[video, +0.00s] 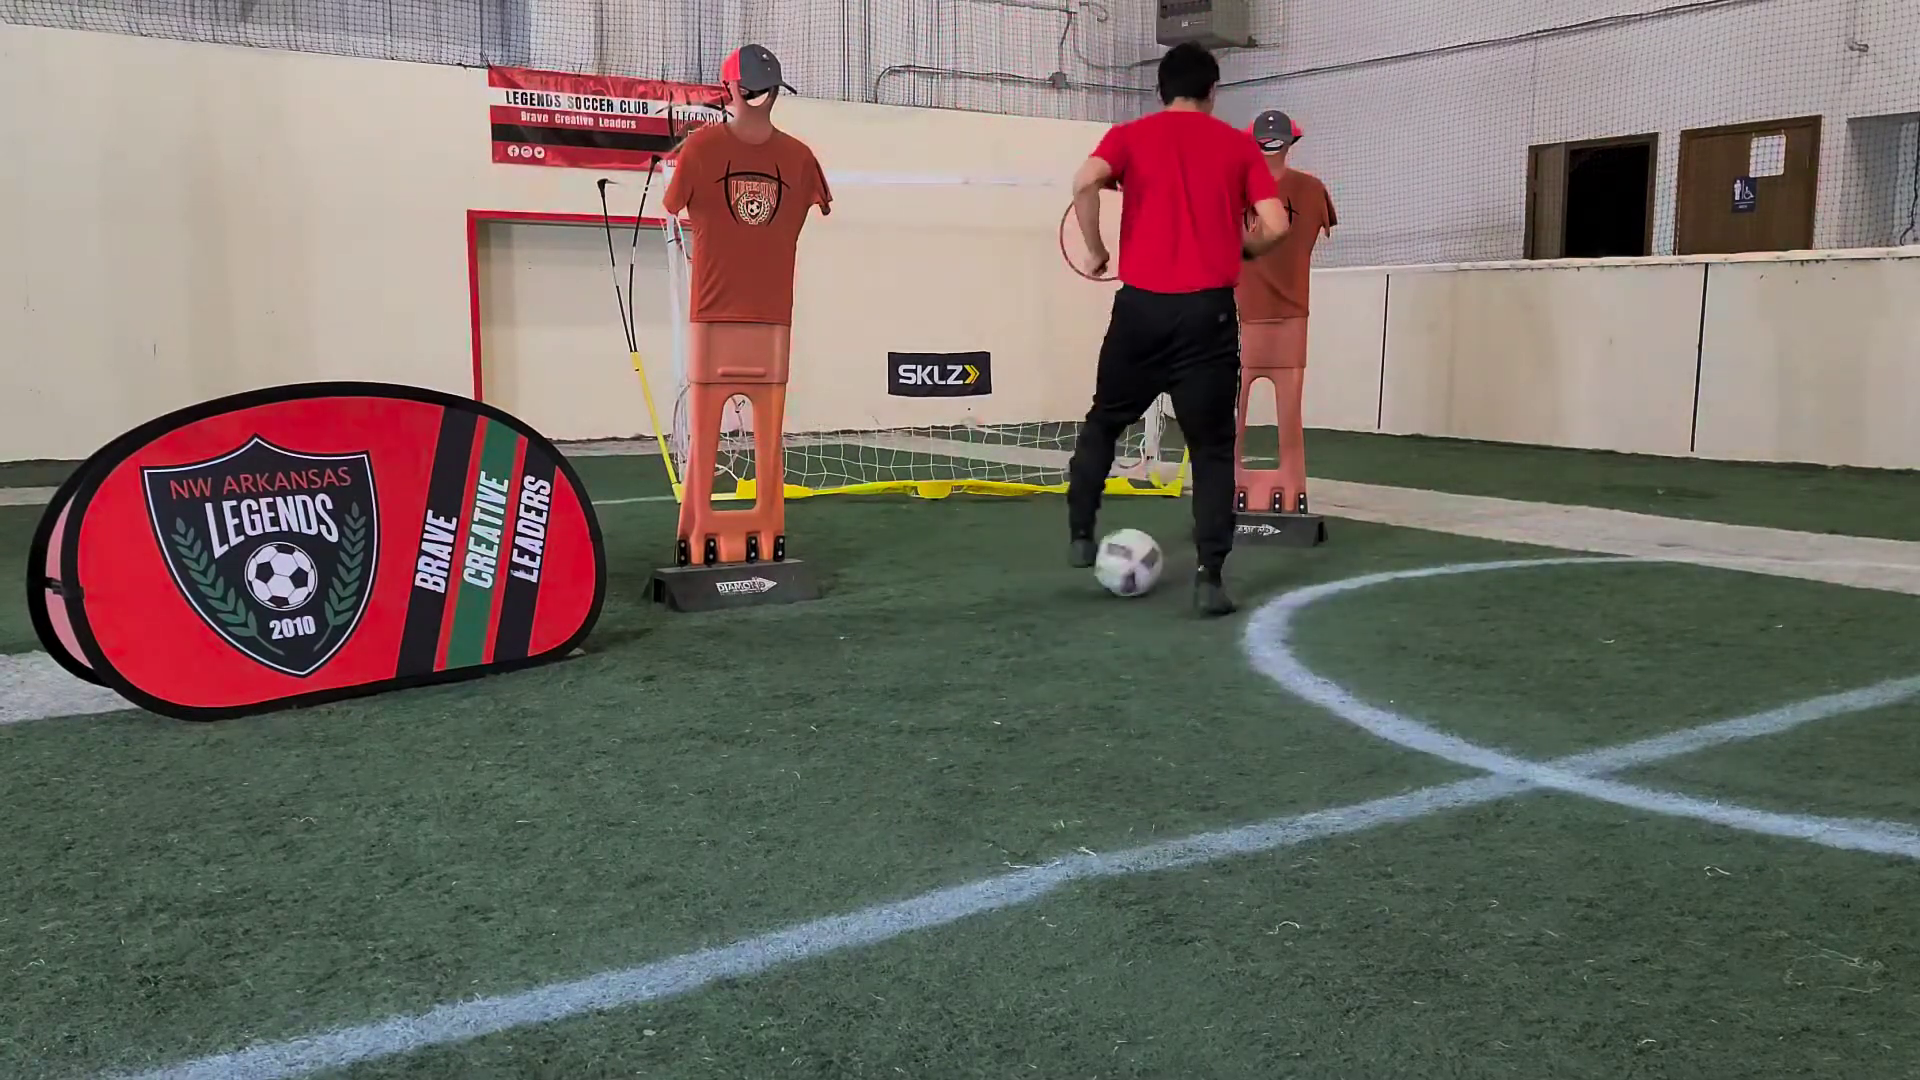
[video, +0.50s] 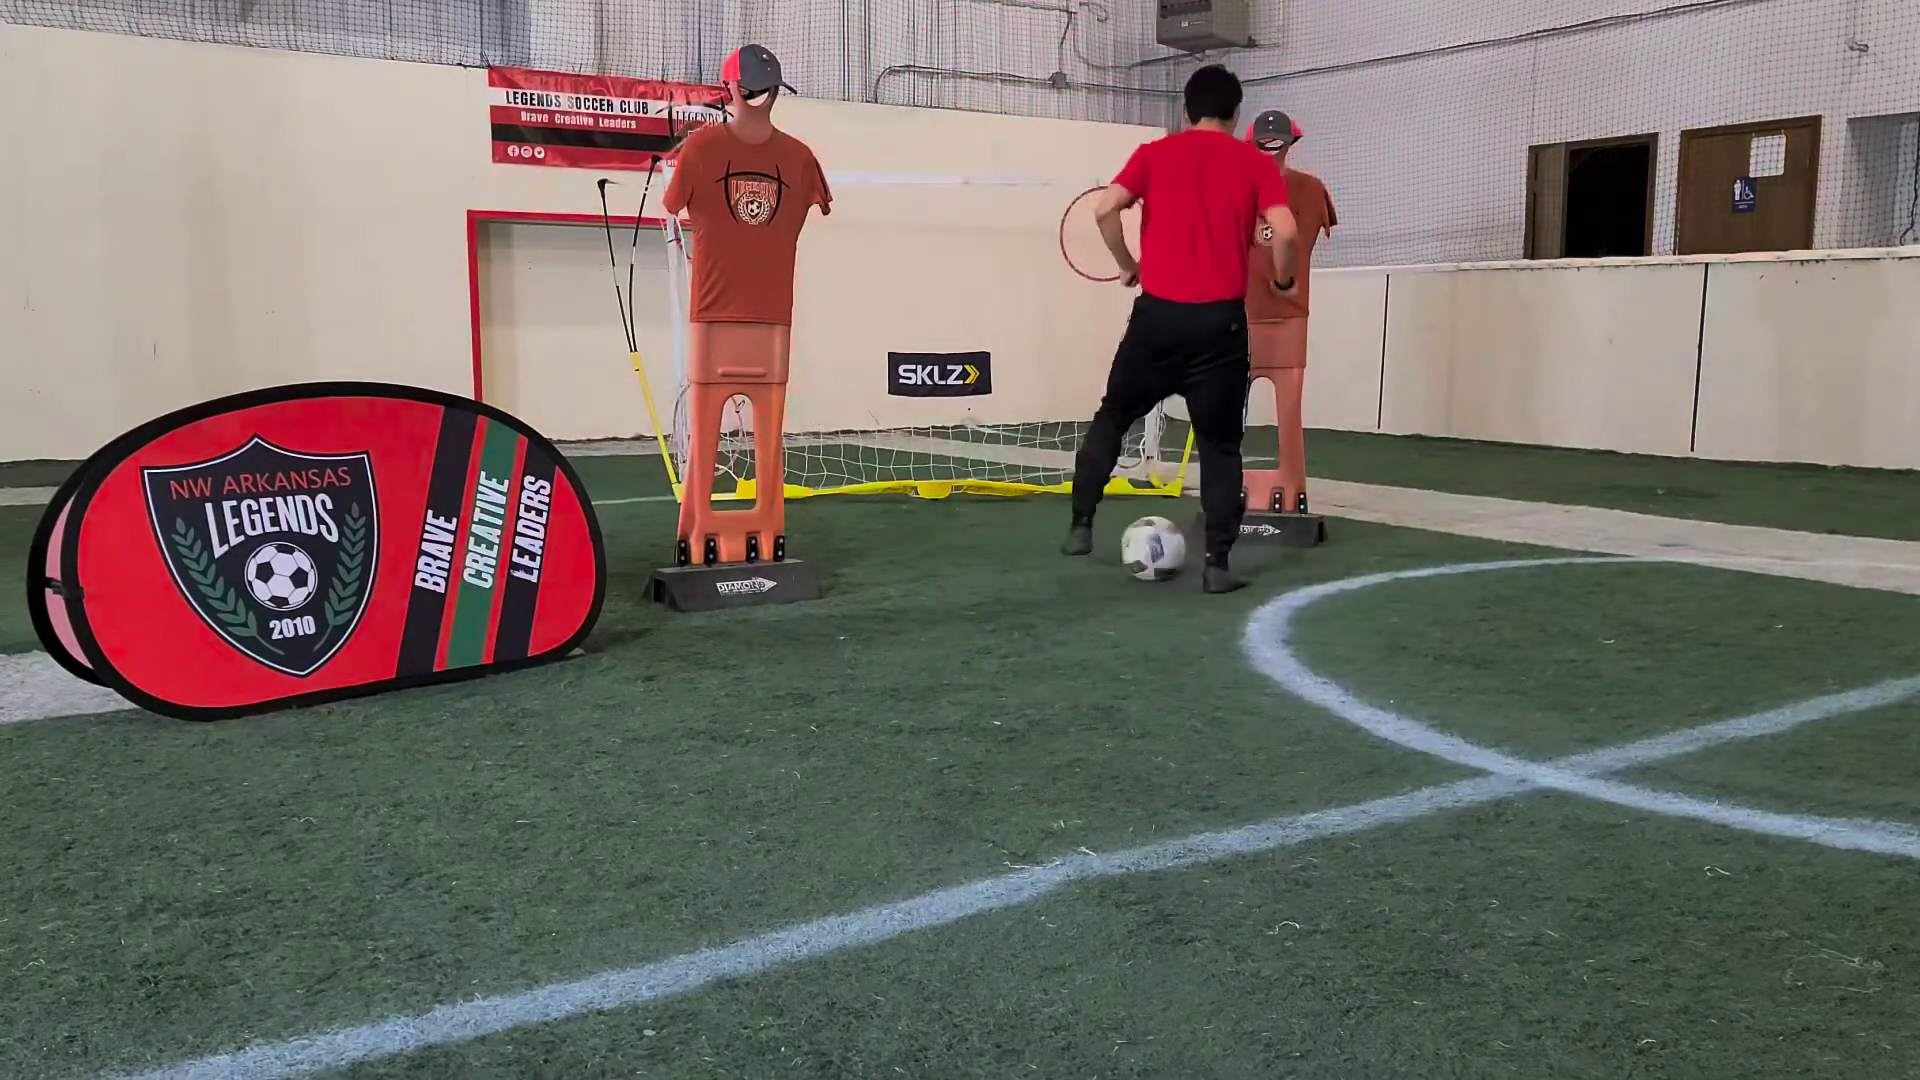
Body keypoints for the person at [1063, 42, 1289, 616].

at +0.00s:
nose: (1207, 97)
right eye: (1212, 87)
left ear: (1160, 92)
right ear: (1213, 91)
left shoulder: (1132, 134)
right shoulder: (1239, 143)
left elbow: (1084, 183)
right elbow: (1276, 224)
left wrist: (1094, 249)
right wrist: (1242, 246)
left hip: (1141, 310)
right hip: (1208, 313)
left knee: (1104, 421)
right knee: (1211, 442)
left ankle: (1082, 537)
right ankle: (1210, 577)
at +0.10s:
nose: (1207, 91)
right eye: (1209, 84)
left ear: (1155, 84)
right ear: (1207, 85)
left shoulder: (1120, 127)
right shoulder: (1229, 134)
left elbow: (1083, 187)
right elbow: (1267, 209)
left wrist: (1105, 238)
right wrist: (1247, 247)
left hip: (1138, 300)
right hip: (1204, 301)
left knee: (1122, 417)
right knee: (1232, 418)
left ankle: (1106, 541)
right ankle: (1231, 538)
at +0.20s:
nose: (1211, 110)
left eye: (1207, 103)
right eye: (1211, 103)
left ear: (1158, 100)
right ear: (1205, 102)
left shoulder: (1115, 149)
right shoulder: (1219, 150)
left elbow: (1072, 225)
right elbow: (1253, 213)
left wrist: (1121, 251)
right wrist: (1261, 285)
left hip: (1131, 322)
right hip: (1198, 317)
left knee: (1126, 443)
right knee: (1251, 415)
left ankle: (1115, 568)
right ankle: (1278, 533)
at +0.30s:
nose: (1226, 107)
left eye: (1222, 100)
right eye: (1226, 99)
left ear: (1171, 96)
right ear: (1218, 98)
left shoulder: (1127, 142)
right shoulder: (1225, 141)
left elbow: (1079, 218)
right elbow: (1242, 190)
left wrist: (1129, 250)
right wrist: (1256, 268)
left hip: (1134, 312)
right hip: (1199, 310)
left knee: (1125, 432)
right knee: (1245, 411)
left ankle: (1109, 559)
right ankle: (1260, 527)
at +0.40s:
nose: (1236, 102)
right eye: (1237, 94)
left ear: (1183, 91)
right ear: (1229, 93)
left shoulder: (1142, 133)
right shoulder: (1241, 135)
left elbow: (1095, 203)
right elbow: (1250, 184)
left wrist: (1134, 246)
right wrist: (1259, 256)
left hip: (1147, 299)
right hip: (1209, 302)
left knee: (1118, 414)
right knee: (1226, 423)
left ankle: (1092, 520)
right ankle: (1228, 546)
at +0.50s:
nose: (1236, 120)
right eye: (1238, 113)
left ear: (1187, 110)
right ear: (1236, 113)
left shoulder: (1156, 152)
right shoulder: (1255, 161)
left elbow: (1106, 208)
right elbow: (1285, 230)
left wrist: (1125, 263)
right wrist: (1283, 278)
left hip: (1157, 319)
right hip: (1220, 321)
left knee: (1113, 416)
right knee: (1219, 443)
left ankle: (1081, 526)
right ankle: (1217, 566)